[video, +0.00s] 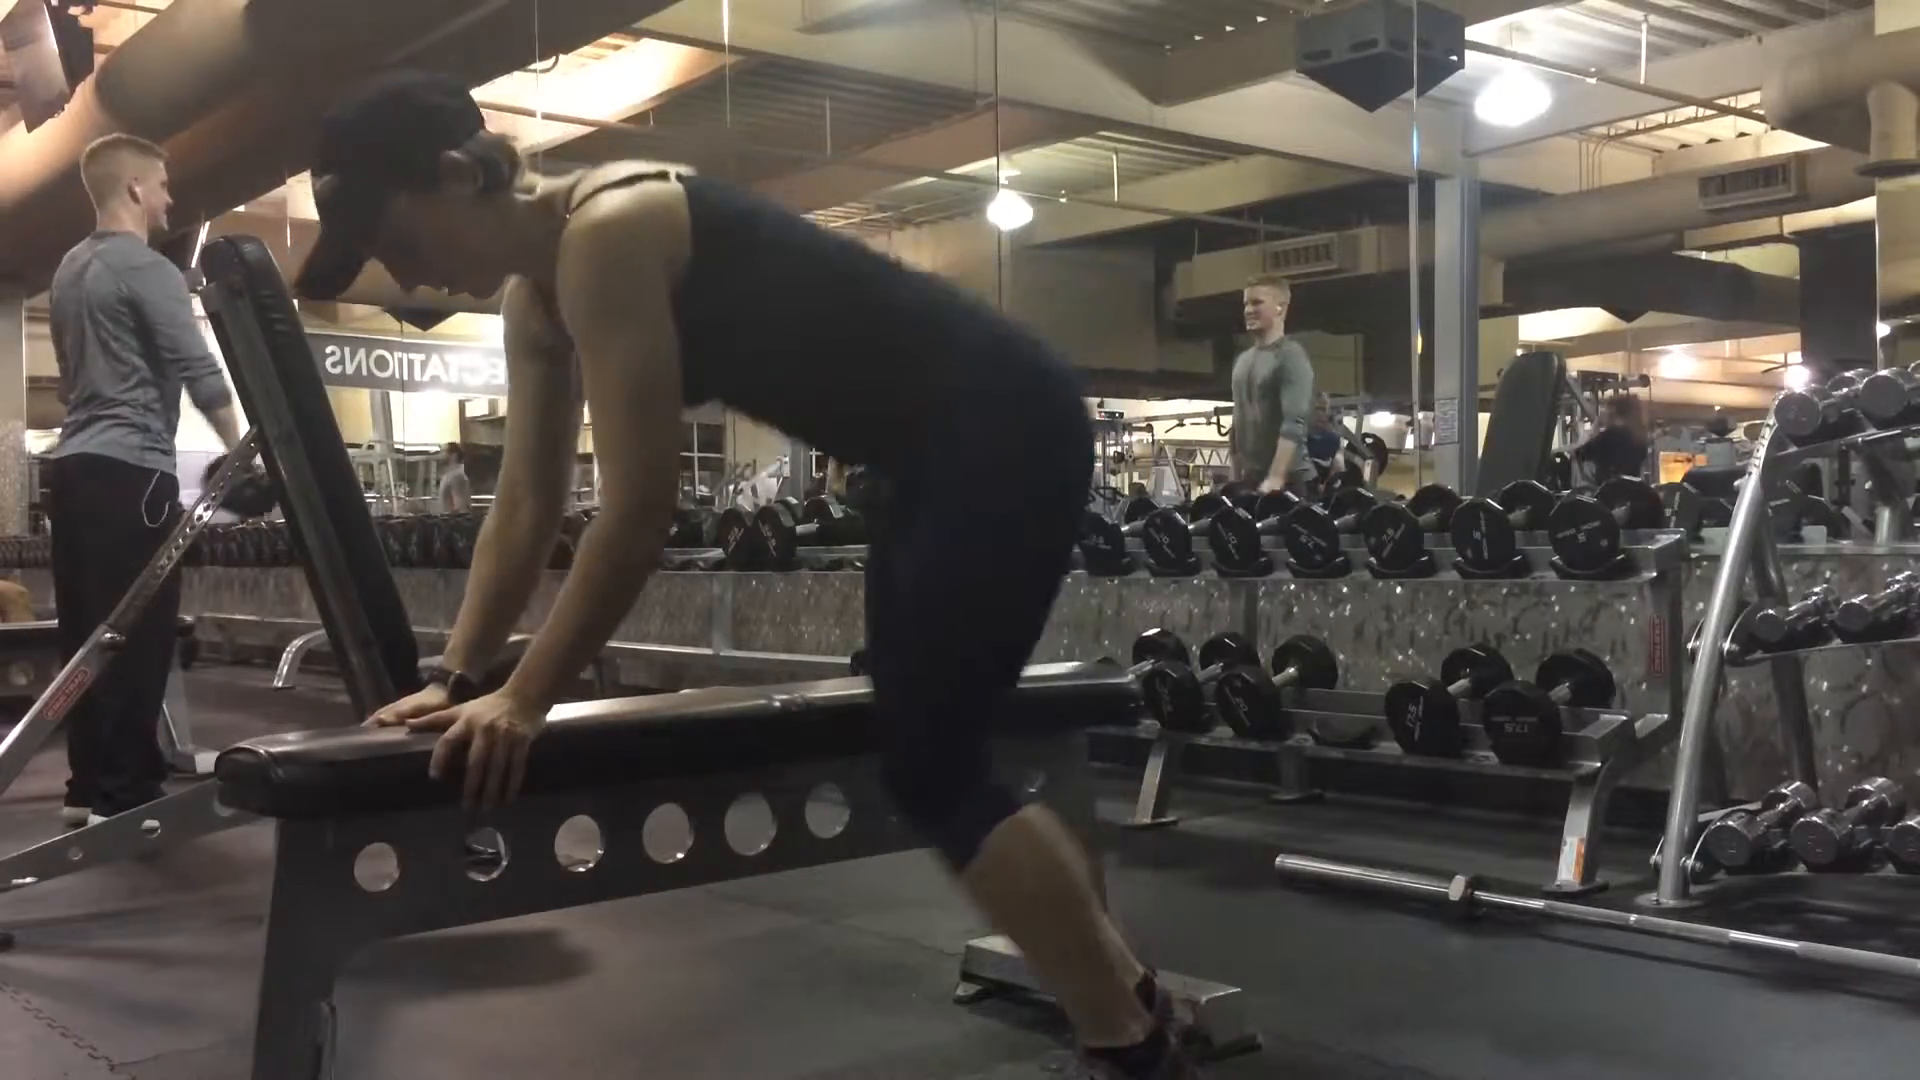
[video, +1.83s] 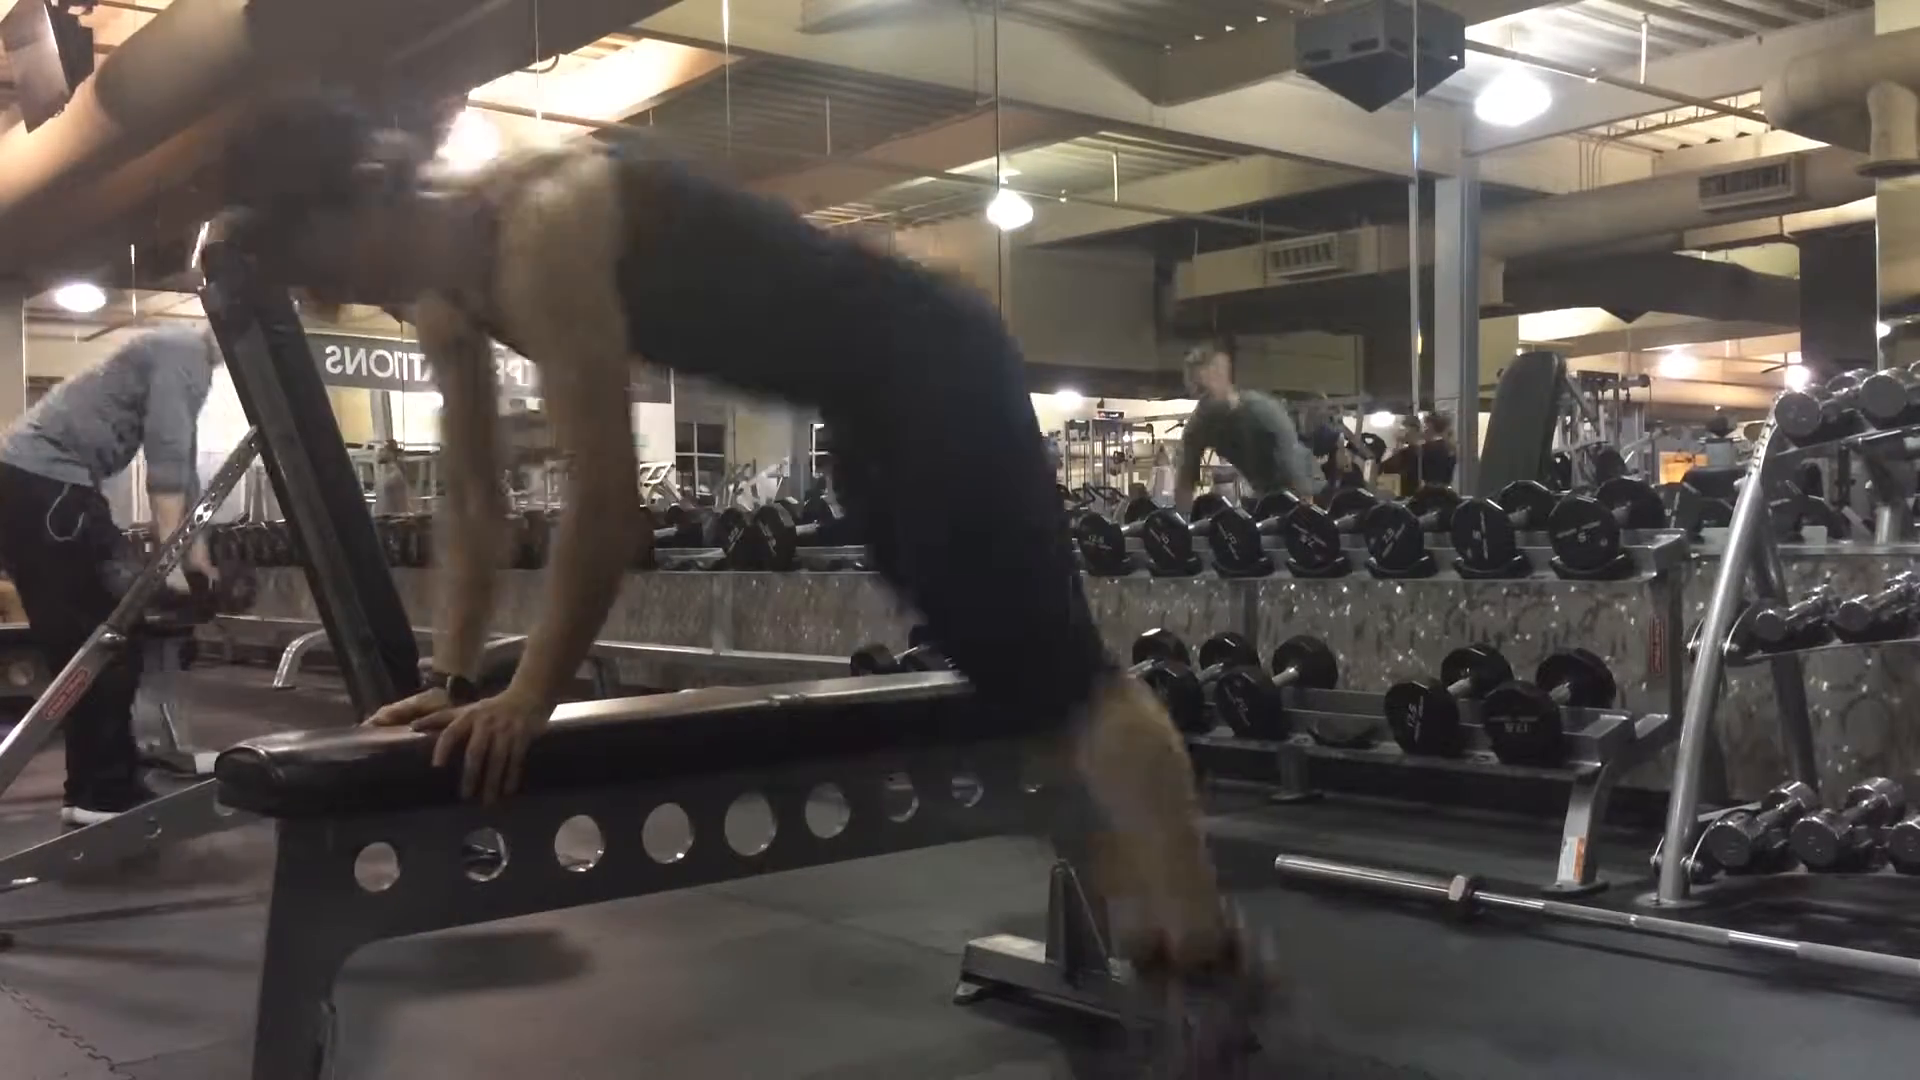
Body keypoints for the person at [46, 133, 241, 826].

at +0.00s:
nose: (168, 199)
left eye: (166, 187)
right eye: (161, 186)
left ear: (107, 194)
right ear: (134, 189)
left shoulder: (67, 272)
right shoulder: (146, 266)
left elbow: (83, 375)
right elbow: (199, 370)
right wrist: (242, 449)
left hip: (71, 468)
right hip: (130, 472)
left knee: (85, 629)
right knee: (142, 629)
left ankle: (90, 784)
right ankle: (126, 791)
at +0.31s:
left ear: (95, 196)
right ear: (150, 203)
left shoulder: (76, 266)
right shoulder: (130, 271)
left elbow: (91, 385)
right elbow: (156, 386)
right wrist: (179, 479)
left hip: (69, 465)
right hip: (120, 469)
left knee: (81, 629)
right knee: (132, 629)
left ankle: (87, 784)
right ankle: (123, 789)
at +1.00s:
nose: (146, 204)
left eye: (146, 191)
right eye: (141, 190)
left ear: (90, 191)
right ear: (111, 188)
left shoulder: (70, 262)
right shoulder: (113, 266)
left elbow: (167, 310)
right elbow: (128, 383)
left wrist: (228, 314)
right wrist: (155, 474)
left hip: (70, 469)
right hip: (107, 471)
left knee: (87, 630)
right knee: (123, 631)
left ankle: (93, 785)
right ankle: (121, 790)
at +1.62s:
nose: (191, 233)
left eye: (191, 221)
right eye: (186, 219)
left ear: (135, 216)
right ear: (159, 216)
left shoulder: (100, 274)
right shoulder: (131, 283)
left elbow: (177, 348)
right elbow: (144, 398)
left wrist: (239, 389)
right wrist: (167, 495)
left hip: (50, 478)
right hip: (85, 483)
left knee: (85, 640)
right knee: (142, 635)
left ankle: (89, 789)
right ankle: (125, 793)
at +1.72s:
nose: (214, 263)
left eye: (216, 250)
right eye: (211, 249)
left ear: (162, 244)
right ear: (189, 245)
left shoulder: (144, 300)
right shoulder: (153, 301)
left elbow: (183, 404)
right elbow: (154, 417)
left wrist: (232, 462)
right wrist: (170, 518)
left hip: (42, 478)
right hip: (57, 481)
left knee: (86, 638)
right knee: (123, 633)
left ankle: (93, 787)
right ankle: (114, 791)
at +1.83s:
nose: (253, 344)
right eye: (256, 332)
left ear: (221, 319)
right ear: (235, 327)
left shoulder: (185, 362)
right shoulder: (180, 349)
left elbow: (181, 472)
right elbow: (166, 466)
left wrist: (197, 558)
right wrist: (171, 559)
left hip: (49, 481)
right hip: (44, 482)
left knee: (94, 641)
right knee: (102, 641)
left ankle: (101, 785)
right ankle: (101, 791)